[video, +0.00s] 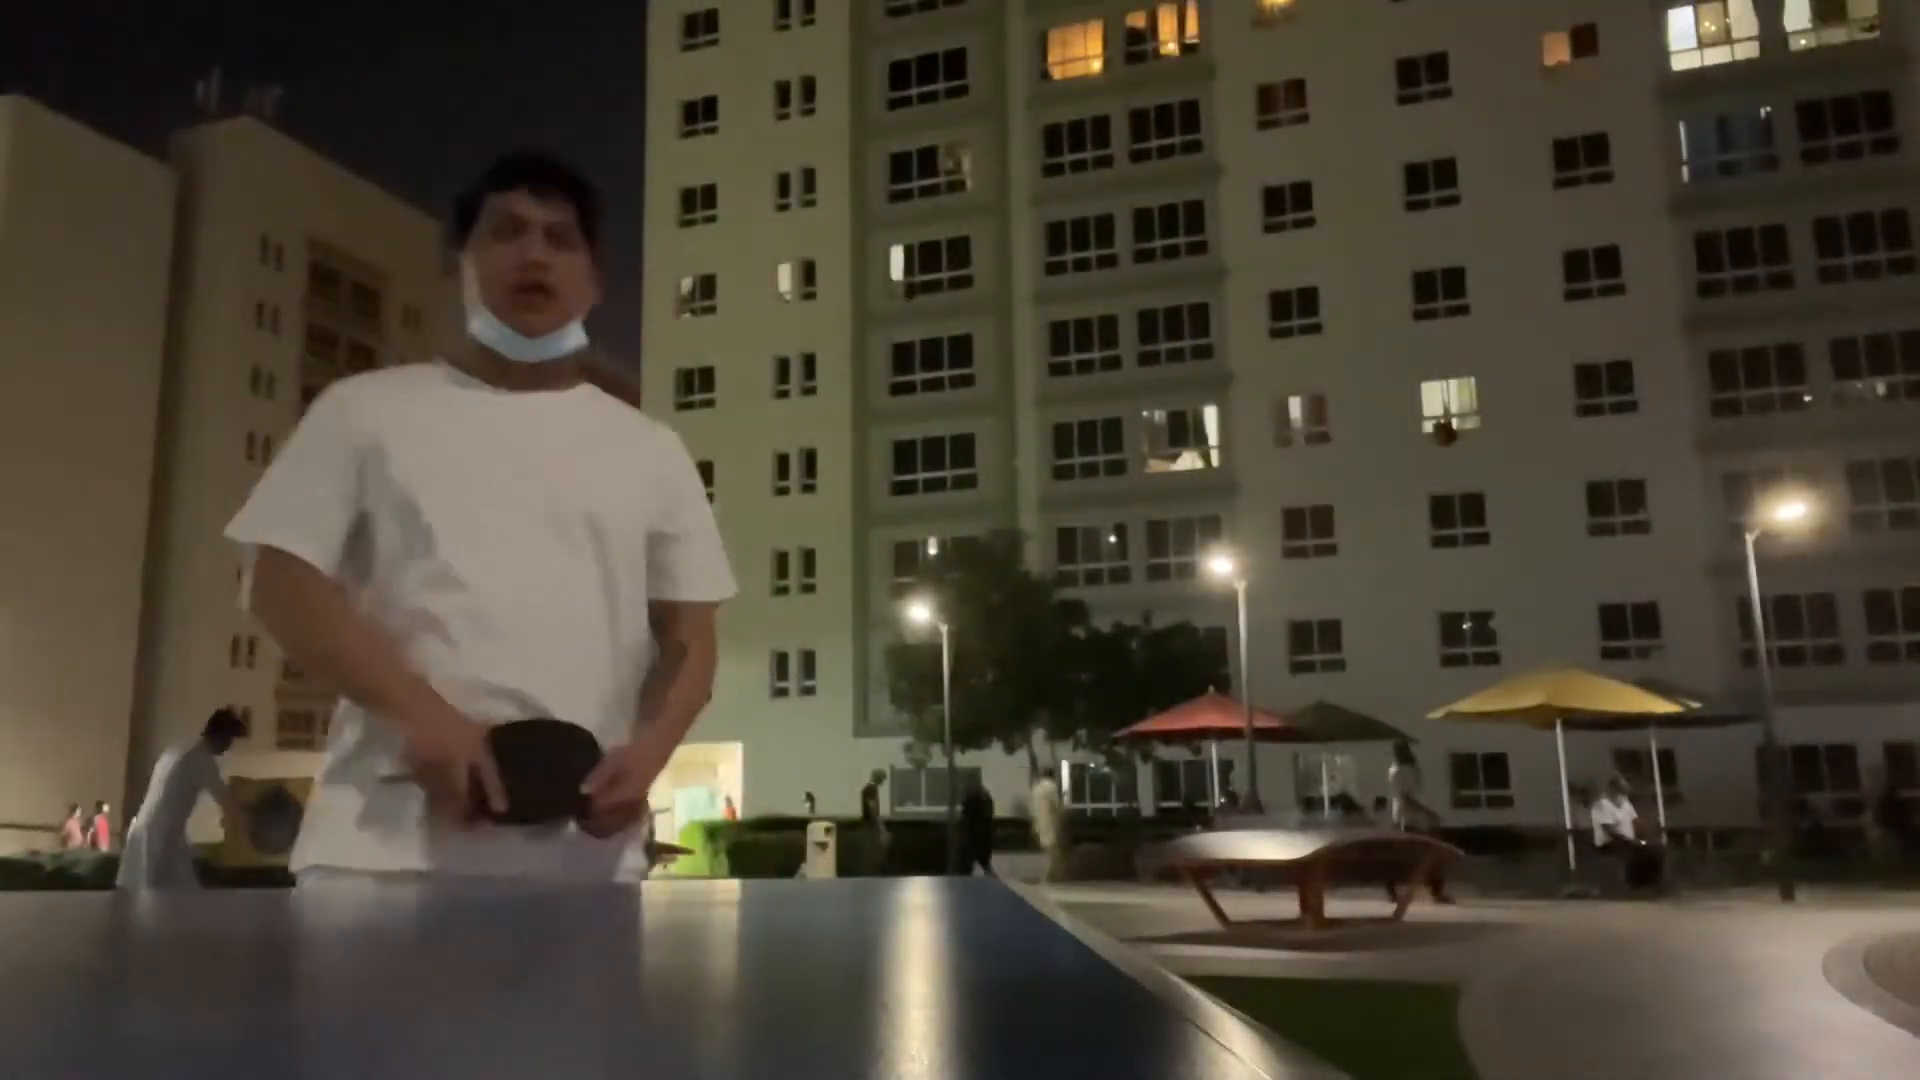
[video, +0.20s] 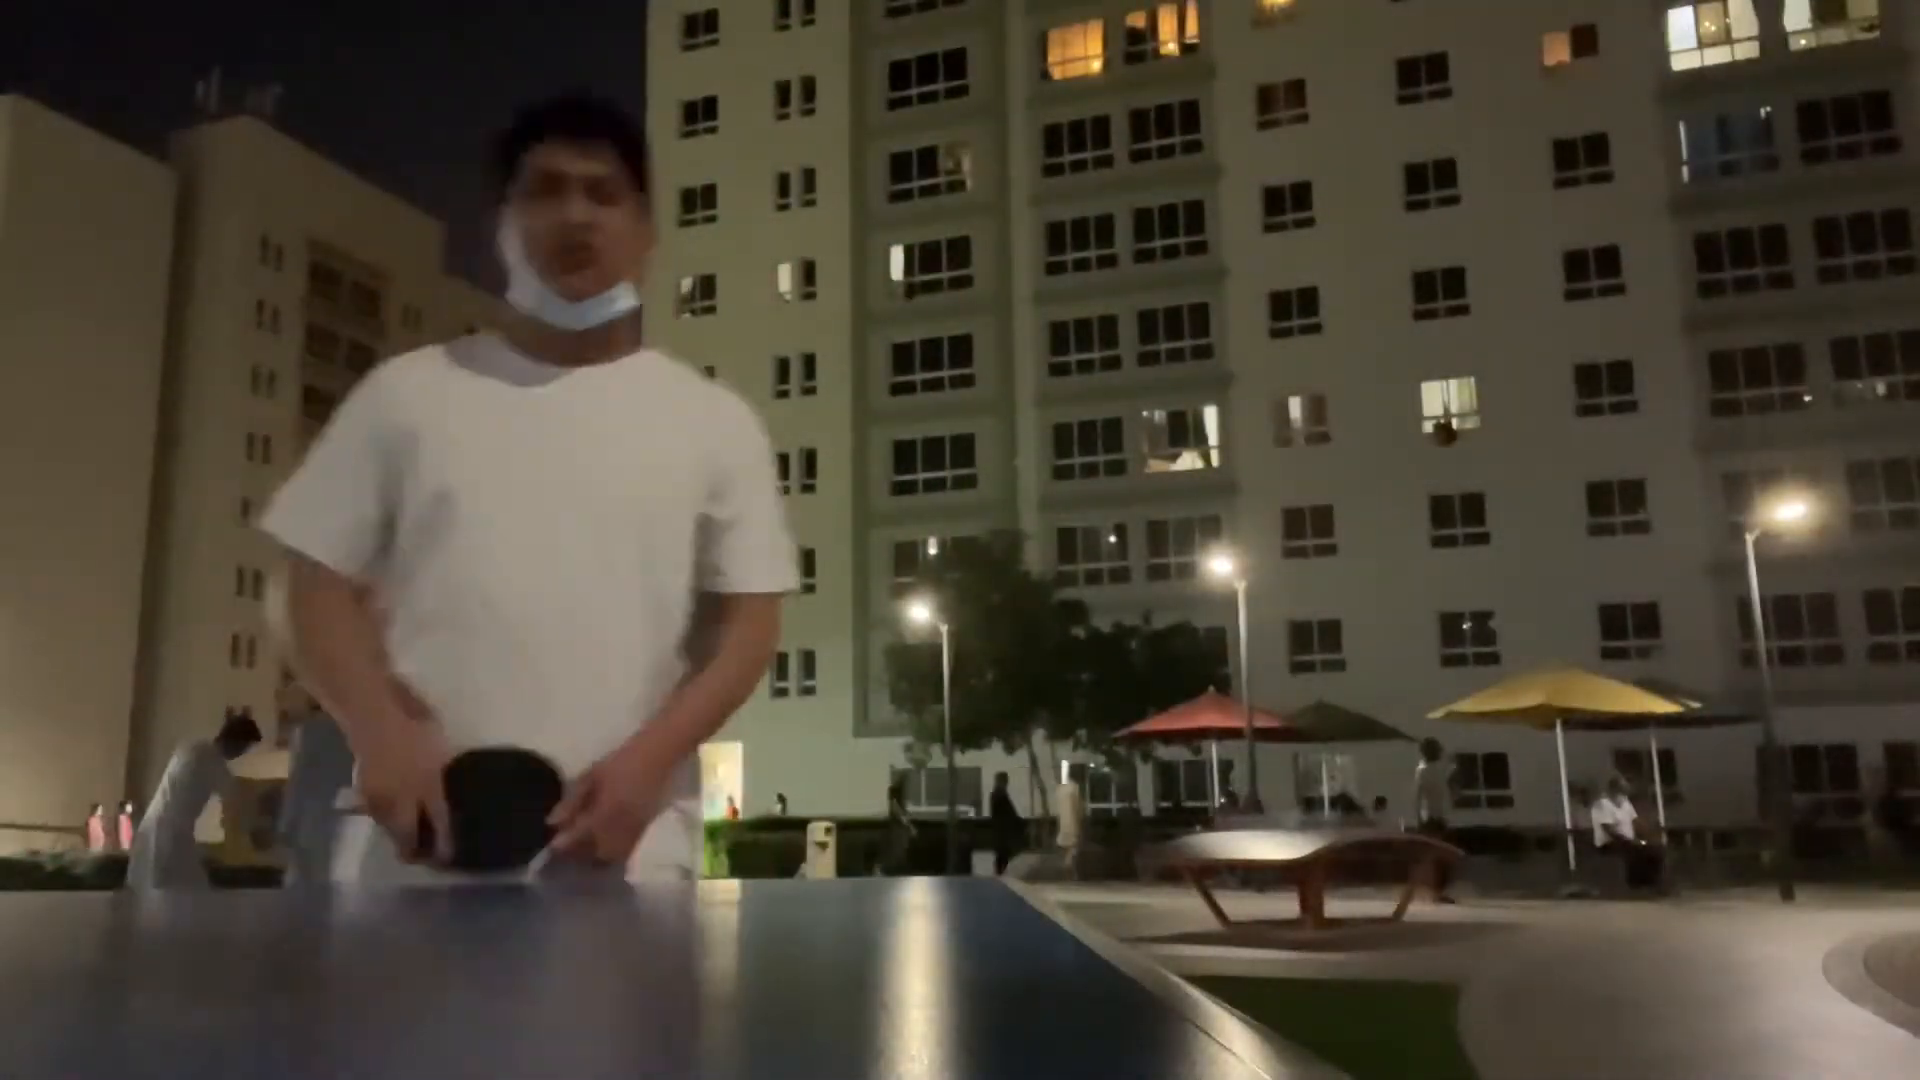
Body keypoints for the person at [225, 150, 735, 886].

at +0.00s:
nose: (534, 255)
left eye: (561, 238)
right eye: (507, 231)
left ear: (594, 277)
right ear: (463, 265)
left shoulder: (650, 452)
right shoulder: (365, 414)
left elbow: (692, 644)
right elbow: (282, 584)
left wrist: (647, 753)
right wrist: (426, 719)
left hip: (579, 863)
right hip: (387, 859)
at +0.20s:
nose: (573, 217)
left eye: (602, 194)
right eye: (544, 192)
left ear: (646, 228)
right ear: (502, 225)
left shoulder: (711, 423)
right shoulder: (407, 398)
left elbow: (751, 629)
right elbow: (318, 585)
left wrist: (646, 765)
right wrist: (382, 734)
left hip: (622, 864)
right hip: (420, 857)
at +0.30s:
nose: (643, 182)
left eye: (677, 162)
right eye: (619, 157)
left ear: (731, 212)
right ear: (584, 191)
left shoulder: (778, 395)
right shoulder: (496, 368)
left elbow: (830, 619)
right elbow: (417, 556)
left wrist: (679, 718)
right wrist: (411, 769)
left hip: (682, 861)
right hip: (498, 856)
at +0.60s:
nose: (591, 155)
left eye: (632, 132)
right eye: (573, 128)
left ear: (707, 191)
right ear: (545, 165)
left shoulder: (744, 366)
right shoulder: (546, 363)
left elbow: (735, 619)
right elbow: (525, 601)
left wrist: (560, 788)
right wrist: (463, 791)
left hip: (667, 870)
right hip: (512, 861)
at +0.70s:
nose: (520, 172)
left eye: (561, 146)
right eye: (500, 145)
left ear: (636, 200)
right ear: (476, 180)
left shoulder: (686, 371)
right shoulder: (471, 385)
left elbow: (704, 611)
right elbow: (469, 619)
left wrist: (544, 781)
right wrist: (421, 791)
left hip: (632, 866)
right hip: (469, 856)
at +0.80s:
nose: (455, 187)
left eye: (489, 163)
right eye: (431, 166)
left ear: (562, 206)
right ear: (408, 199)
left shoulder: (634, 381)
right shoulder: (389, 396)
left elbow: (652, 617)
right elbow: (348, 603)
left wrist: (535, 795)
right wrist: (299, 763)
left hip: (600, 847)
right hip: (418, 845)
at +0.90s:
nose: (426, 195)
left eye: (462, 169)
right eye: (404, 171)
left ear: (537, 213)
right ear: (380, 203)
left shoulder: (613, 385)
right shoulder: (361, 398)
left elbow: (628, 619)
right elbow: (293, 597)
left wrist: (517, 786)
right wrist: (219, 765)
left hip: (584, 850)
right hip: (400, 849)